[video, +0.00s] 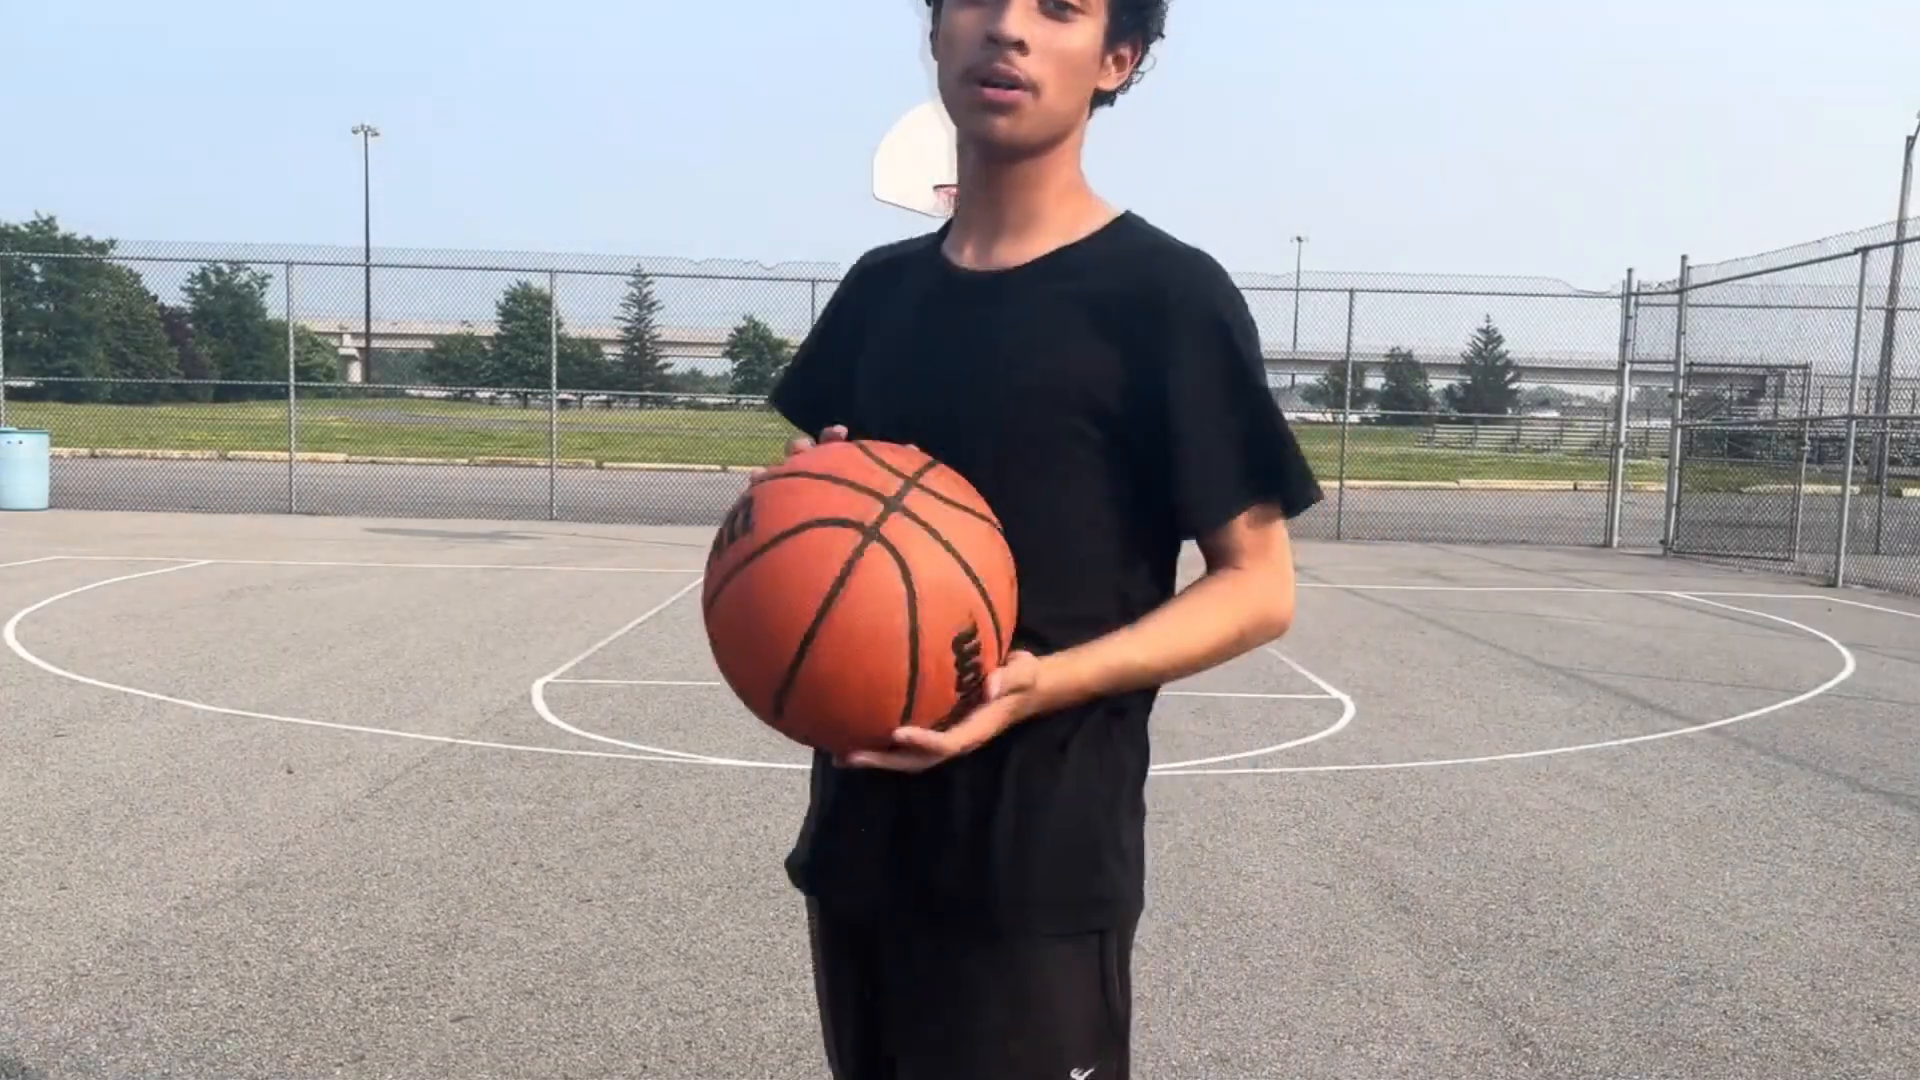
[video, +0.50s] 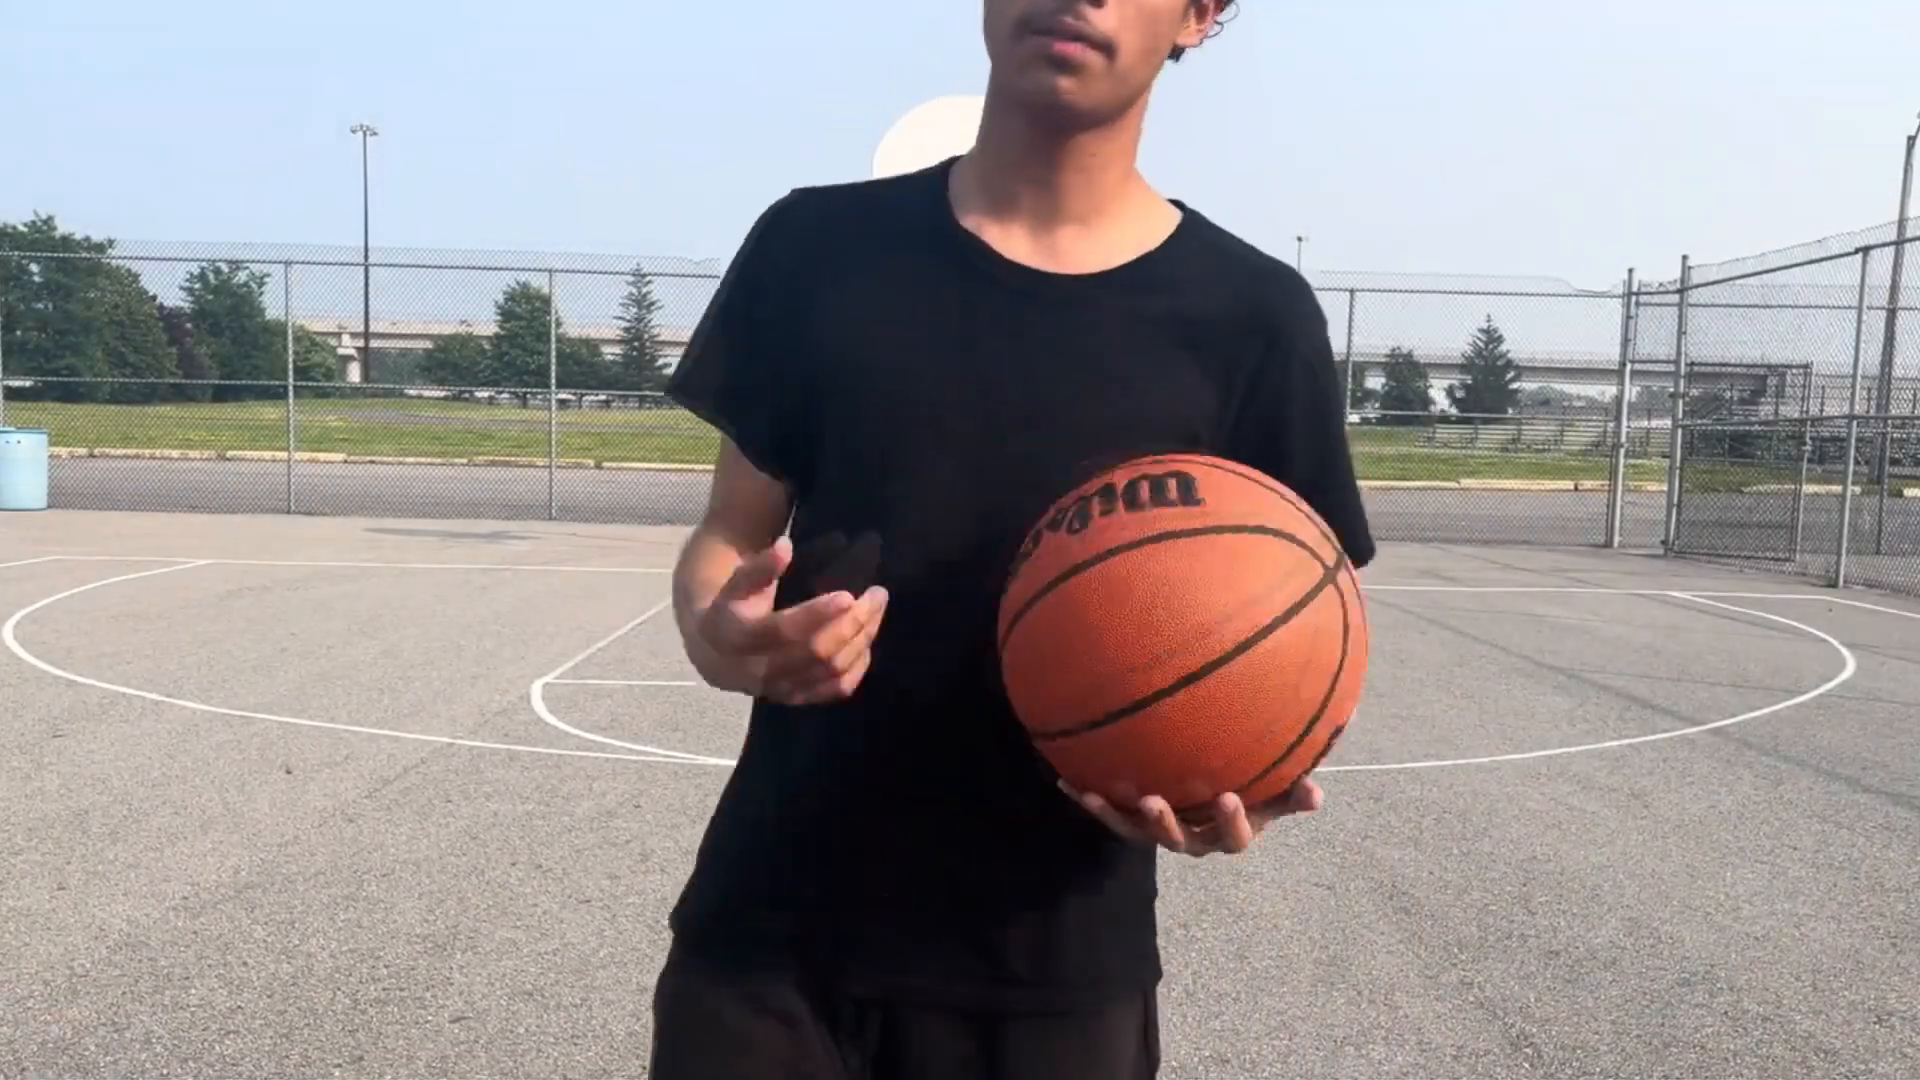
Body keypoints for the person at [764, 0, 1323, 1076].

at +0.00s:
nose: (1006, 29)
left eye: (1056, 6)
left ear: (1115, 61)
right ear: (935, 34)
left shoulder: (1172, 296)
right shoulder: (877, 289)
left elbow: (1262, 587)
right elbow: (813, 516)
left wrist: (1043, 679)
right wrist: (792, 511)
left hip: (1040, 868)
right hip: (860, 850)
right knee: (871, 1066)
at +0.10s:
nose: (1032, 15)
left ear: (1152, 48)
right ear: (967, 21)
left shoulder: (1205, 303)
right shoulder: (877, 266)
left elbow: (1259, 607)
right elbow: (787, 526)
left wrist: (1060, 712)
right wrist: (786, 474)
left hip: (1037, 872)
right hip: (832, 848)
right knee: (815, 1063)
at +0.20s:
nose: (1058, 12)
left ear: (1181, 45)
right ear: (987, 10)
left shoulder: (1226, 318)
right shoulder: (871, 264)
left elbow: (1262, 631)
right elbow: (807, 536)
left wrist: (1083, 754)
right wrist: (753, 544)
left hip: (1040, 903)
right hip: (813, 873)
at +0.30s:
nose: (1073, 3)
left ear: (1198, 37)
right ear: (999, 4)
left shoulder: (1247, 318)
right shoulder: (855, 261)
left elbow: (1267, 622)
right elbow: (792, 516)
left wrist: (1147, 760)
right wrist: (736, 587)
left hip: (1046, 916)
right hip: (798, 888)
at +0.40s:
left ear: (1199, 26)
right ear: (1002, 1)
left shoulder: (1258, 316)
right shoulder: (838, 248)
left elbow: (1261, 622)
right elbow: (766, 506)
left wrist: (1190, 765)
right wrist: (726, 583)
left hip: (1057, 940)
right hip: (788, 910)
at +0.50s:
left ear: (1194, 20)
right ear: (991, 1)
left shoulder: (1258, 314)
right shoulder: (811, 249)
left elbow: (1293, 630)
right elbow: (733, 534)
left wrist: (1231, 772)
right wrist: (721, 641)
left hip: (1060, 968)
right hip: (775, 944)